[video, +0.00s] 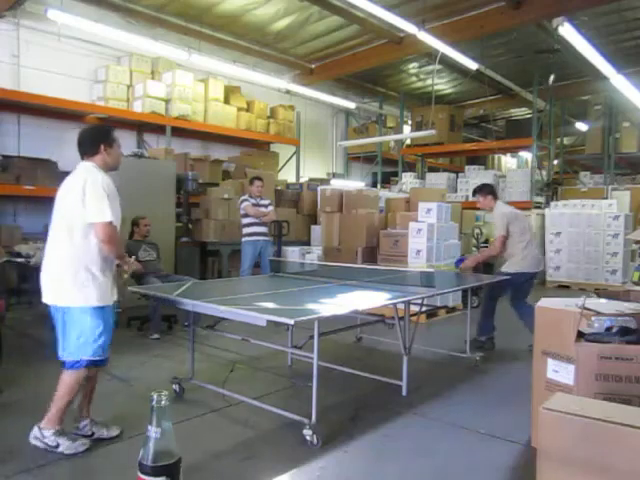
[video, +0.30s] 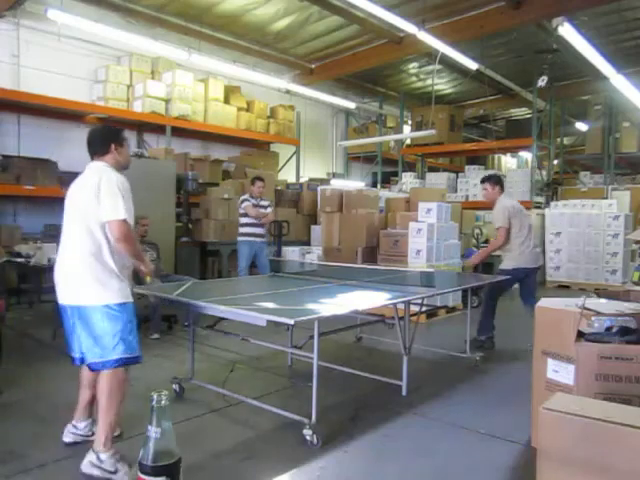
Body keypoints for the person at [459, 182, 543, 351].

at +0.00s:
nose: (479, 205)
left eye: (480, 200)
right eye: (478, 201)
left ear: (489, 197)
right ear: (492, 198)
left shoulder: (501, 212)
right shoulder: (510, 210)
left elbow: (497, 248)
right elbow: (502, 247)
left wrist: (474, 260)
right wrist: (481, 255)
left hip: (518, 265)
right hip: (532, 265)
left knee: (490, 295)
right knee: (518, 301)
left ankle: (485, 337)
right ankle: (542, 333)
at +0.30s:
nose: (483, 194)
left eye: (485, 189)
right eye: (482, 190)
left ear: (496, 188)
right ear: (498, 189)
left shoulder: (502, 206)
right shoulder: (515, 204)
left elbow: (501, 238)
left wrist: (478, 257)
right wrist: (486, 251)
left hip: (515, 263)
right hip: (531, 262)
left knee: (491, 295)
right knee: (530, 301)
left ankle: (484, 336)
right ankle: (550, 334)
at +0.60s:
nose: (521, 194)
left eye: (524, 190)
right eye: (521, 190)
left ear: (535, 190)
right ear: (537, 191)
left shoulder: (536, 209)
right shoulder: (550, 209)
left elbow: (536, 240)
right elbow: (547, 240)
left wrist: (516, 255)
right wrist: (527, 247)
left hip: (544, 270)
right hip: (559, 269)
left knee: (516, 302)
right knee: (560, 312)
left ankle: (490, 334)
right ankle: (564, 346)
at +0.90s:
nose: (540, 184)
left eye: (543, 179)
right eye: (539, 180)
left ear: (555, 180)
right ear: (554, 181)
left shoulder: (560, 196)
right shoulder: (566, 195)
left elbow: (560, 228)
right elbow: (561, 227)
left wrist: (537, 234)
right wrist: (539, 233)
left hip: (572, 259)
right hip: (583, 258)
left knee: (550, 303)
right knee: (574, 303)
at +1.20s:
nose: (541, 189)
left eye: (544, 184)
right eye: (540, 185)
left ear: (555, 184)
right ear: (556, 184)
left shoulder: (562, 200)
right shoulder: (566, 198)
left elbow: (570, 232)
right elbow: (568, 233)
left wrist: (553, 255)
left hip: (585, 259)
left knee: (568, 304)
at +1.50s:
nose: (530, 200)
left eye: (532, 196)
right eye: (529, 196)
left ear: (544, 194)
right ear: (545, 195)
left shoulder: (552, 210)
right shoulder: (564, 207)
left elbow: (559, 244)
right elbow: (563, 244)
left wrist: (543, 260)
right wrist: (545, 257)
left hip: (582, 265)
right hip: (595, 263)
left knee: (564, 307)